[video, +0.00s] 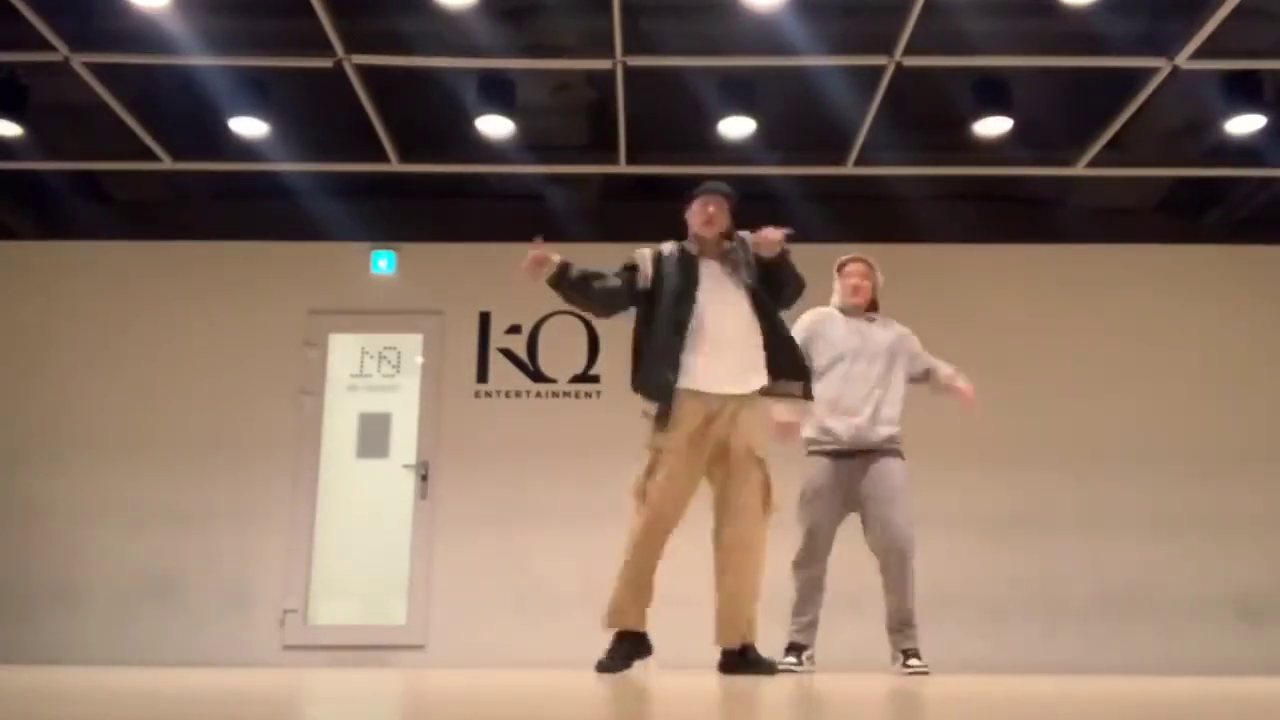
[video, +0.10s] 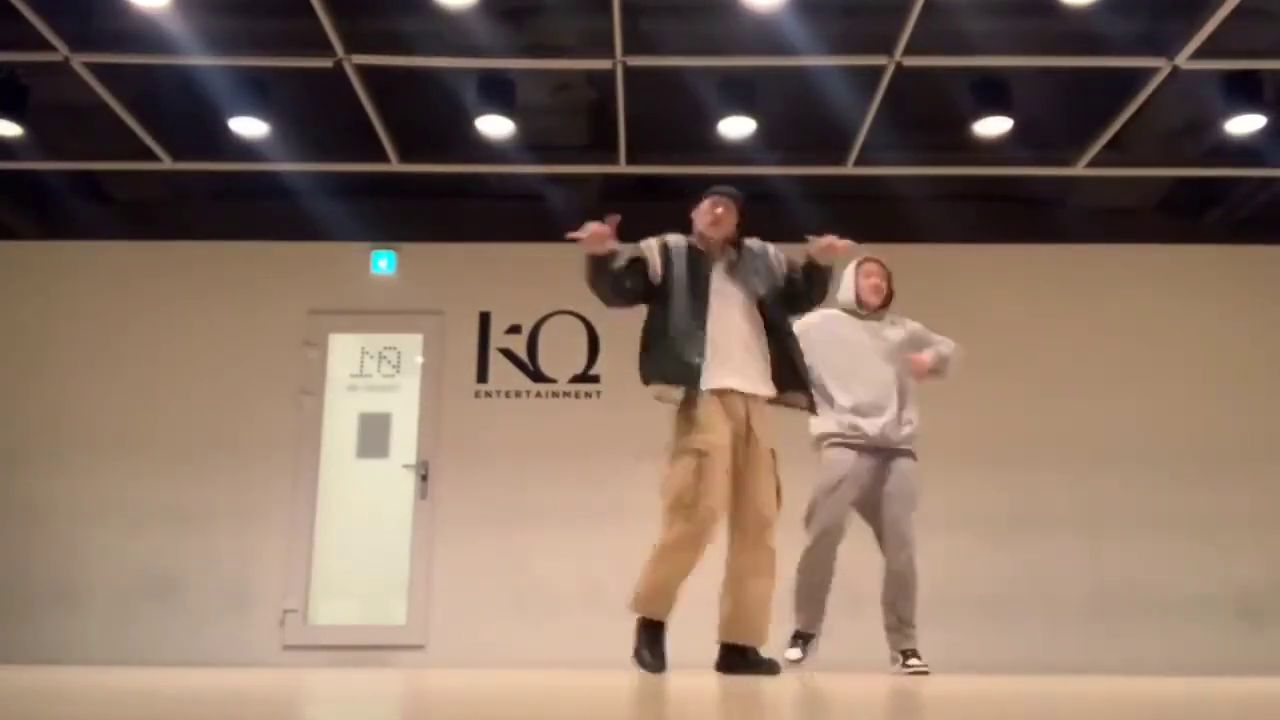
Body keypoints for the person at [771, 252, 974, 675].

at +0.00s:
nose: (857, 282)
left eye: (864, 277)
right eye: (850, 276)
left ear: (876, 287)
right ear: (836, 285)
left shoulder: (895, 335)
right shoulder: (817, 322)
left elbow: (927, 368)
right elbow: (783, 364)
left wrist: (954, 380)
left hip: (882, 456)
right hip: (827, 455)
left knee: (897, 545)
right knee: (811, 551)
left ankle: (906, 647)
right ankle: (799, 645)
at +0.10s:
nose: (876, 283)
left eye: (882, 278)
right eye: (867, 276)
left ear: (889, 289)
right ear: (850, 283)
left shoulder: (902, 330)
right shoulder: (821, 323)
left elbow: (948, 349)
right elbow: (771, 338)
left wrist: (933, 360)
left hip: (894, 450)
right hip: (843, 447)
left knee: (901, 548)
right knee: (823, 533)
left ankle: (905, 647)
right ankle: (804, 633)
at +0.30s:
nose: (869, 290)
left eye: (875, 283)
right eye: (861, 284)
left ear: (888, 293)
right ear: (849, 296)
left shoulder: (909, 341)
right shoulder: (836, 335)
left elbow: (960, 352)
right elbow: (797, 350)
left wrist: (954, 358)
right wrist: (811, 356)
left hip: (910, 443)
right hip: (863, 440)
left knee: (916, 537)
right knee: (885, 527)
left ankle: (907, 644)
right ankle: (877, 640)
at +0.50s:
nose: (879, 279)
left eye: (887, 275)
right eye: (871, 275)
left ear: (896, 289)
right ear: (859, 288)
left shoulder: (910, 327)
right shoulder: (847, 323)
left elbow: (940, 362)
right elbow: (815, 345)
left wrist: (921, 326)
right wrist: (853, 307)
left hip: (907, 440)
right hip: (858, 424)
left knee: (911, 546)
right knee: (854, 474)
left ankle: (905, 646)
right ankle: (860, 569)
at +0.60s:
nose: (877, 288)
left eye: (884, 281)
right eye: (869, 282)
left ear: (897, 290)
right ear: (858, 292)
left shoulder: (918, 330)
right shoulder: (852, 329)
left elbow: (923, 374)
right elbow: (836, 336)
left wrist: (894, 327)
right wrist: (854, 294)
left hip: (906, 449)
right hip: (857, 442)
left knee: (908, 547)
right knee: (843, 514)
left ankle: (906, 644)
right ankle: (868, 594)